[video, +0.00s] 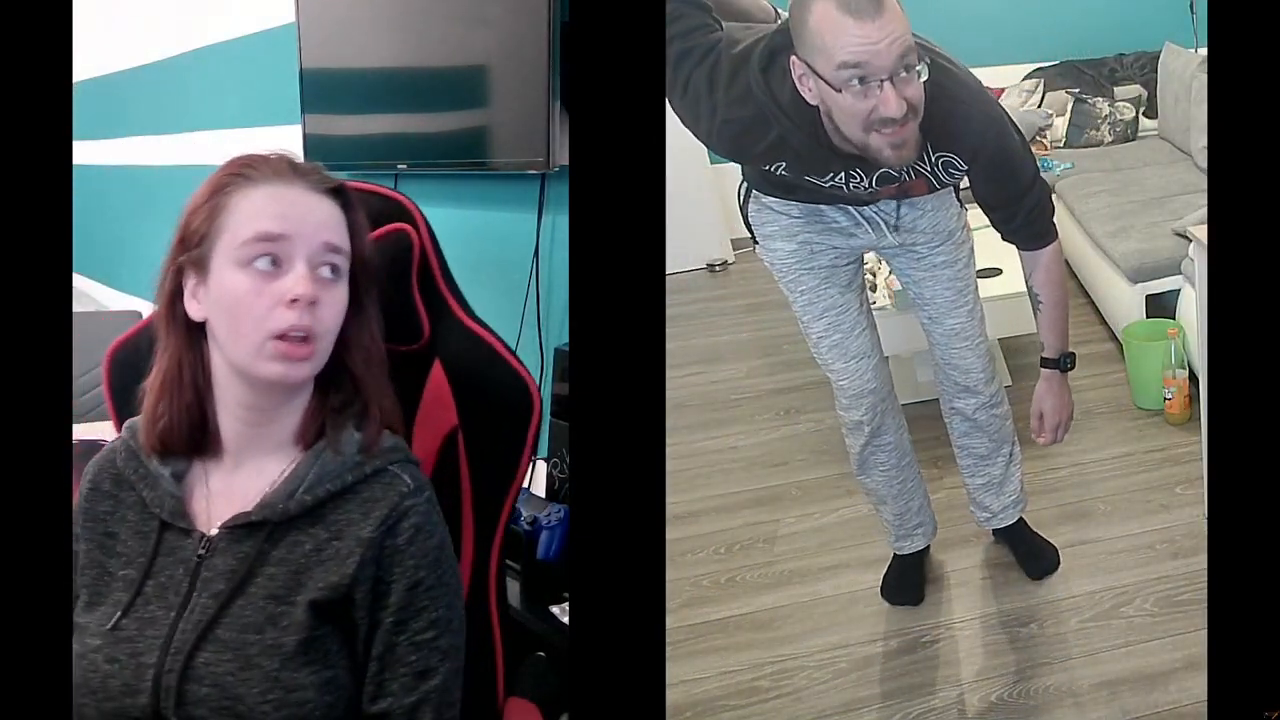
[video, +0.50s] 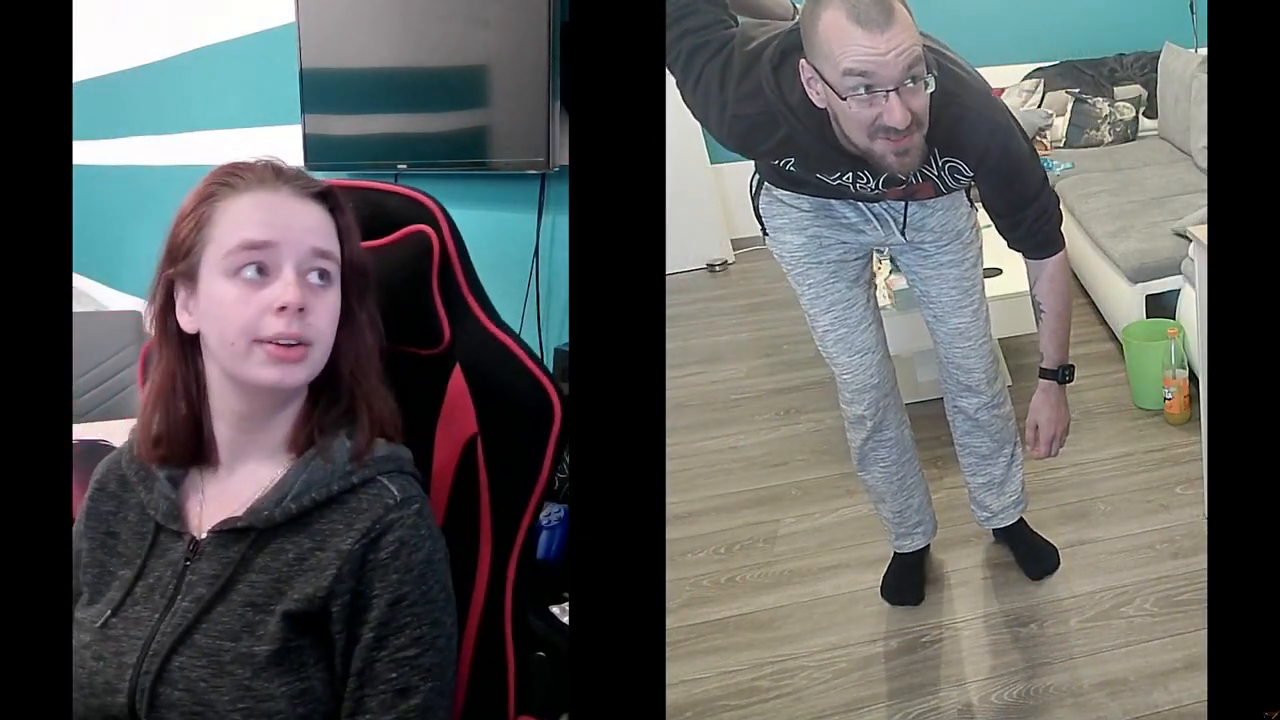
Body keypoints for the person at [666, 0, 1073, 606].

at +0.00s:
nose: (894, 103)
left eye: (904, 69)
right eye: (860, 82)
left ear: (916, 48)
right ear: (806, 81)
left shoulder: (965, 112)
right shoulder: (737, 102)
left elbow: (1037, 229)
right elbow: (680, 15)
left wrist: (1055, 367)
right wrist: (768, 32)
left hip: (925, 196)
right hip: (799, 205)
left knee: (969, 365)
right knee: (860, 390)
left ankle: (1004, 512)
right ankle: (909, 537)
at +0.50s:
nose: (899, 114)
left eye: (911, 80)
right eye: (865, 91)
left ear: (925, 57)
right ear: (813, 84)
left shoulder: (973, 115)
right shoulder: (749, 99)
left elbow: (1045, 241)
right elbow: (682, 13)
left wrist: (1055, 379)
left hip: (936, 197)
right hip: (807, 201)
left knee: (973, 368)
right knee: (864, 388)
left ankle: (1004, 513)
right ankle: (909, 537)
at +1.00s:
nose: (938, 112)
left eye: (957, 82)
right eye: (910, 85)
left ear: (973, 64)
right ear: (861, 71)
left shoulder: (1012, 120)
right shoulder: (790, 76)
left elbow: (1071, 249)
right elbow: (722, 3)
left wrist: (1077, 385)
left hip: (963, 194)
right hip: (837, 189)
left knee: (985, 362)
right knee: (877, 376)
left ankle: (1007, 513)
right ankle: (909, 534)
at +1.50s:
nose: (964, 167)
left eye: (984, 140)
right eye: (941, 144)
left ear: (999, 103)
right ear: (893, 114)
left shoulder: (1039, 143)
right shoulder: (825, 103)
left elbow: (1092, 269)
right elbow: (758, 4)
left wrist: (1095, 397)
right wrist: (856, 31)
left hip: (992, 191)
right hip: (871, 177)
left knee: (1002, 356)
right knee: (914, 362)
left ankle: (1010, 514)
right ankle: (925, 532)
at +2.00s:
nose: (911, 315)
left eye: (927, 291)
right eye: (886, 298)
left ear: (949, 217)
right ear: (837, 229)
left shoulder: (1005, 203)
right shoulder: (781, 196)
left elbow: (1080, 322)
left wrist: (1084, 451)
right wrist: (733, 345)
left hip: (938, 79)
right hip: (812, 89)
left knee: (983, 364)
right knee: (899, 386)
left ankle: (1008, 506)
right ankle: (944, 541)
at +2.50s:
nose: (892, 465)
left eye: (905, 448)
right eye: (868, 458)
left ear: (925, 361)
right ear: (811, 381)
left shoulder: (990, 321)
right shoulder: (754, 334)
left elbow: (1100, 440)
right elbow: (726, 398)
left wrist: (1117, 587)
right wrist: (781, 513)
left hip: (920, 129)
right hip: (805, 142)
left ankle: (947, 397)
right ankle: (951, 553)